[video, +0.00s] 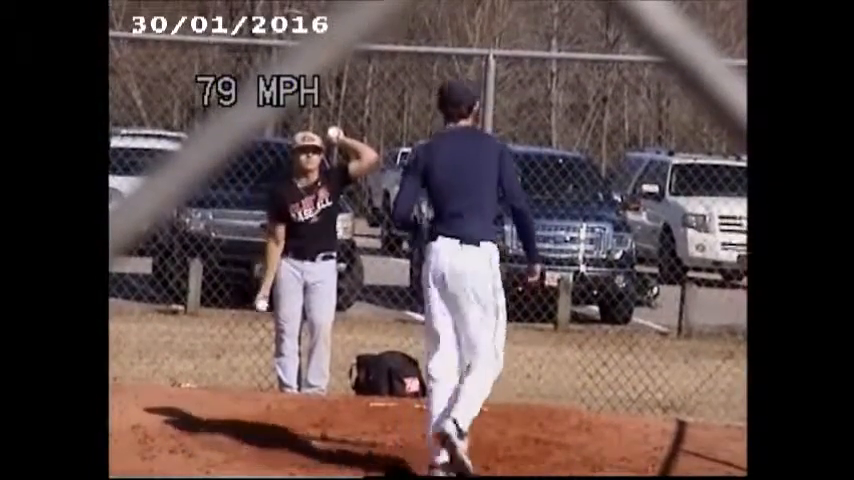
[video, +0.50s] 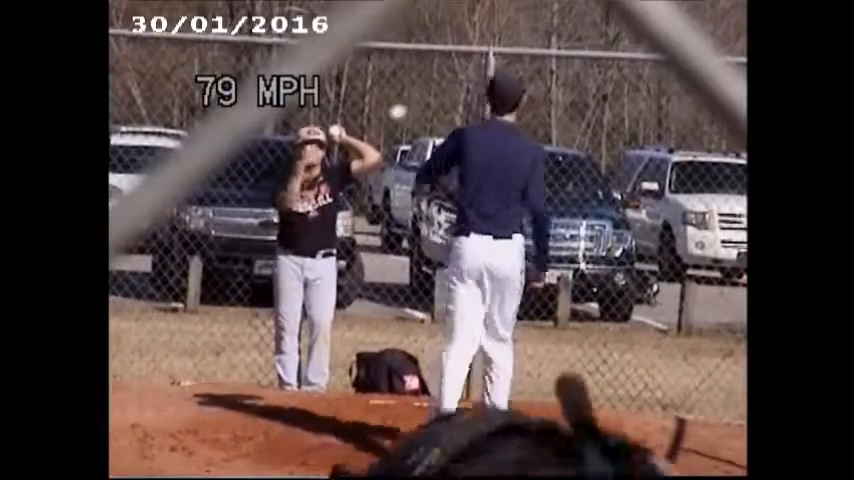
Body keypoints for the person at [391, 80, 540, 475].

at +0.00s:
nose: (478, 113)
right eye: (478, 108)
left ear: (442, 112)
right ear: (475, 111)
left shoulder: (426, 151)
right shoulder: (494, 148)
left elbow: (400, 213)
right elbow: (519, 204)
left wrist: (423, 228)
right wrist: (533, 258)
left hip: (437, 251)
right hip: (477, 255)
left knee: (442, 352)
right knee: (486, 353)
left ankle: (440, 454)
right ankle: (456, 423)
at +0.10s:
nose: (472, 111)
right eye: (476, 106)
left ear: (445, 107)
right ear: (477, 109)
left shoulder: (428, 147)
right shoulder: (496, 146)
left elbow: (401, 206)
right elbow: (517, 203)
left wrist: (429, 215)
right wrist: (529, 258)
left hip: (444, 253)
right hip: (484, 255)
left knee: (445, 352)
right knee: (494, 346)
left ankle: (441, 455)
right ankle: (477, 426)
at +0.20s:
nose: (477, 113)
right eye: (481, 106)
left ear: (451, 110)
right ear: (485, 110)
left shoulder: (433, 150)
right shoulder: (500, 151)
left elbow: (402, 207)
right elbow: (515, 213)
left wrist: (431, 206)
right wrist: (526, 267)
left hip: (448, 258)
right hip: (491, 260)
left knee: (448, 351)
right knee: (500, 347)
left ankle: (442, 453)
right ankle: (493, 439)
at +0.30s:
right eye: (492, 107)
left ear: (464, 109)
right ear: (494, 112)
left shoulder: (444, 148)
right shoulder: (510, 153)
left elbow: (410, 201)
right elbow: (517, 215)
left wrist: (439, 183)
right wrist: (527, 268)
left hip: (454, 255)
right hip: (496, 258)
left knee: (450, 350)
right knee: (500, 347)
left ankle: (442, 447)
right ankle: (501, 437)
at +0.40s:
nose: (473, 107)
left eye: (472, 102)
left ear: (474, 108)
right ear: (506, 112)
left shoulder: (453, 148)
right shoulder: (519, 157)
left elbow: (415, 194)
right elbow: (526, 219)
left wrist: (436, 169)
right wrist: (534, 272)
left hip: (460, 256)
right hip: (502, 258)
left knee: (454, 347)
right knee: (497, 346)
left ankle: (442, 434)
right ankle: (495, 436)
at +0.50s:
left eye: (491, 95)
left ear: (488, 100)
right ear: (521, 103)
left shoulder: (465, 137)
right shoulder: (531, 151)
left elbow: (428, 173)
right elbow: (537, 209)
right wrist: (541, 263)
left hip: (467, 244)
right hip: (508, 249)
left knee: (461, 336)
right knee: (500, 337)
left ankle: (447, 412)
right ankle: (497, 415)